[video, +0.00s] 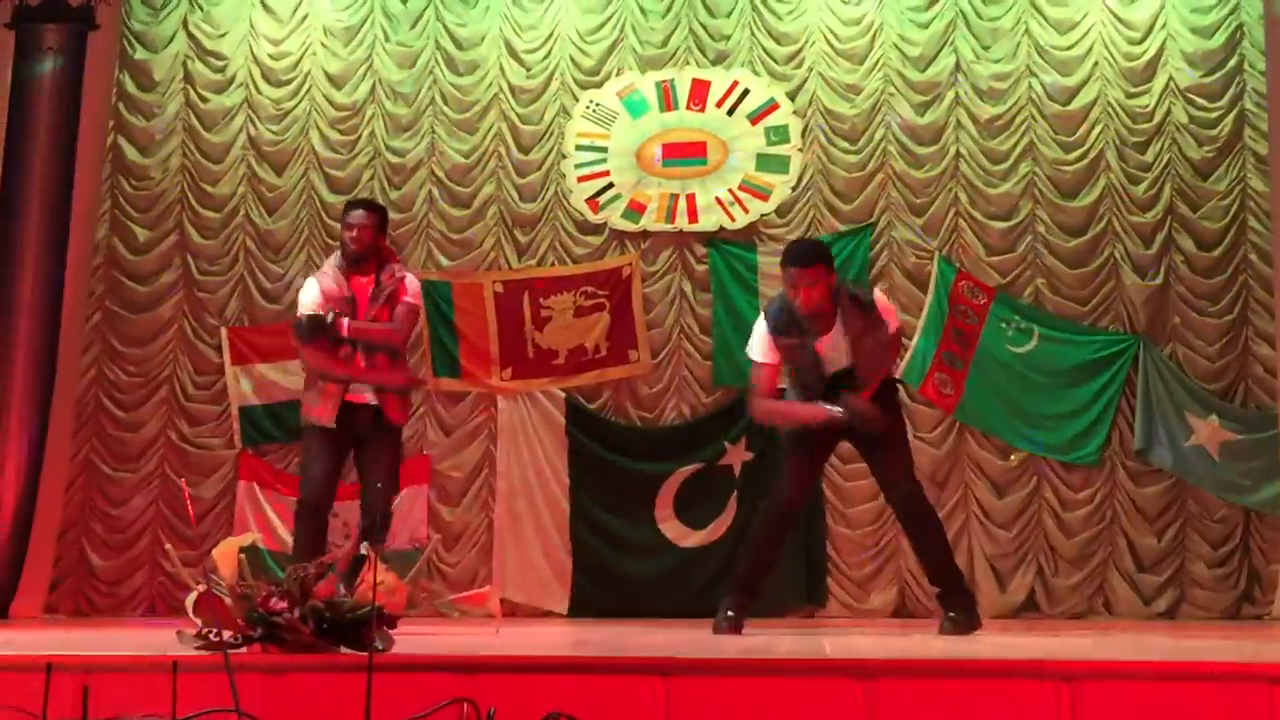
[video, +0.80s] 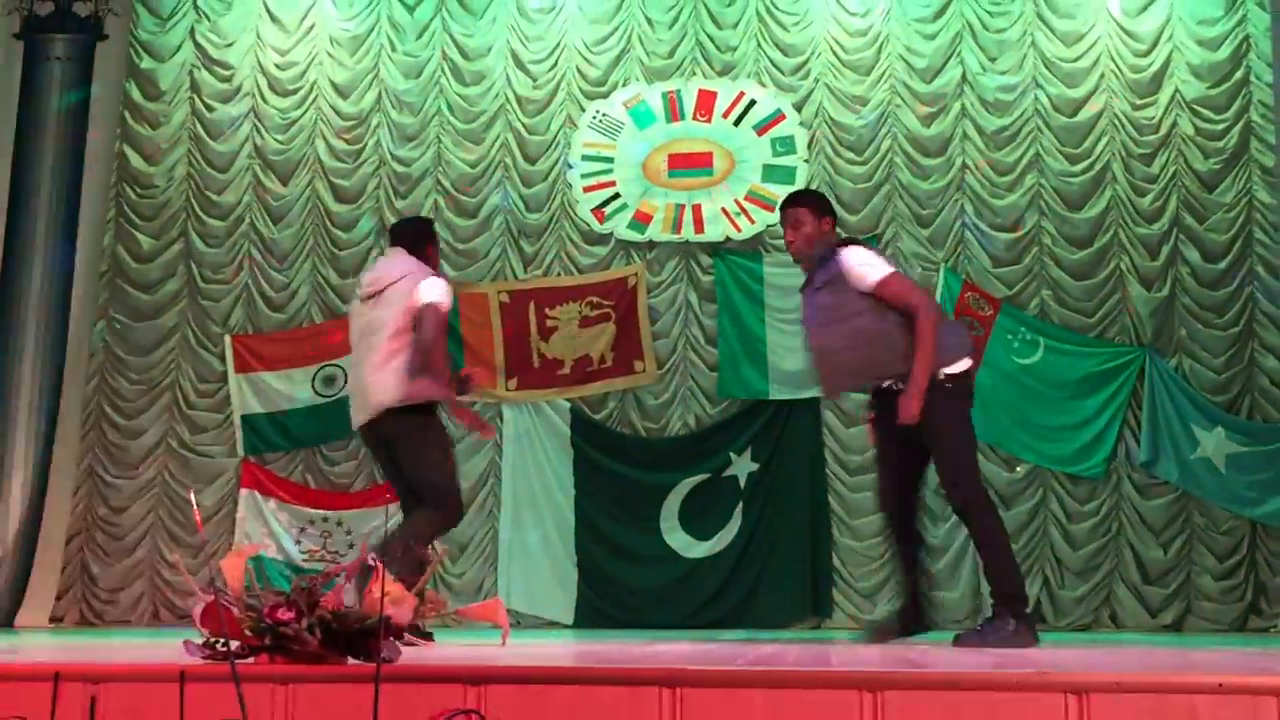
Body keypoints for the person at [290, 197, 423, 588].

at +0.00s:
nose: (354, 236)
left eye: (364, 229)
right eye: (348, 227)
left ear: (382, 235)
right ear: (341, 231)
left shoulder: (405, 284)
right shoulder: (320, 284)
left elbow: (398, 336)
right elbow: (314, 361)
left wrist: (337, 325)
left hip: (380, 412)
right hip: (329, 408)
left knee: (378, 509)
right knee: (312, 499)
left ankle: (361, 593)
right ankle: (301, 589)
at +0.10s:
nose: (352, 244)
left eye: (361, 237)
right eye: (345, 236)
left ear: (378, 241)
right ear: (337, 241)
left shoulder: (408, 287)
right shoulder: (325, 295)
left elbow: (420, 350)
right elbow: (293, 369)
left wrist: (365, 342)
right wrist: (356, 381)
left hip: (386, 414)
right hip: (333, 412)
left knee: (386, 513)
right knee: (319, 502)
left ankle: (387, 596)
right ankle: (308, 589)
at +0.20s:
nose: (346, 250)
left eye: (355, 242)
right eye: (339, 243)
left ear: (372, 246)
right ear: (331, 247)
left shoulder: (408, 297)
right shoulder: (319, 304)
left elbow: (437, 364)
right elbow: (290, 375)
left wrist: (423, 405)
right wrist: (237, 364)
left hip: (399, 420)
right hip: (346, 418)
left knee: (400, 518)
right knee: (323, 496)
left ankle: (397, 602)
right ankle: (314, 591)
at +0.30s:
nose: (343, 255)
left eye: (352, 246)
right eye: (336, 246)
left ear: (370, 251)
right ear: (328, 253)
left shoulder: (397, 300)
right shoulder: (319, 307)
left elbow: (422, 376)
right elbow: (301, 376)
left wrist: (410, 433)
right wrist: (238, 355)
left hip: (397, 424)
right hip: (347, 423)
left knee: (403, 515)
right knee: (324, 498)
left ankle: (422, 598)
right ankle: (311, 597)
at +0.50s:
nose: (380, 280)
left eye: (388, 271)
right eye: (372, 271)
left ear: (401, 276)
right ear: (359, 276)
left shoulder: (427, 325)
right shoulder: (343, 327)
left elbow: (418, 393)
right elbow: (350, 393)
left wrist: (369, 413)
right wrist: (367, 424)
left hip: (418, 438)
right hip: (367, 437)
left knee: (422, 526)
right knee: (339, 506)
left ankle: (439, 614)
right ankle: (327, 605)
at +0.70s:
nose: (457, 255)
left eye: (453, 247)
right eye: (449, 247)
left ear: (427, 255)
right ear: (428, 254)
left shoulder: (421, 295)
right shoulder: (402, 296)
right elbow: (375, 378)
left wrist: (474, 373)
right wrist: (418, 431)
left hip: (394, 418)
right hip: (368, 417)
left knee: (448, 512)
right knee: (402, 501)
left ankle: (403, 595)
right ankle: (335, 585)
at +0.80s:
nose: (437, 255)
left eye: (435, 249)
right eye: (436, 248)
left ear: (394, 249)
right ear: (429, 248)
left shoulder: (365, 296)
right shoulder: (429, 284)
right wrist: (450, 386)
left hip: (370, 415)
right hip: (407, 407)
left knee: (417, 509)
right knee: (445, 506)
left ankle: (401, 595)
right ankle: (376, 568)